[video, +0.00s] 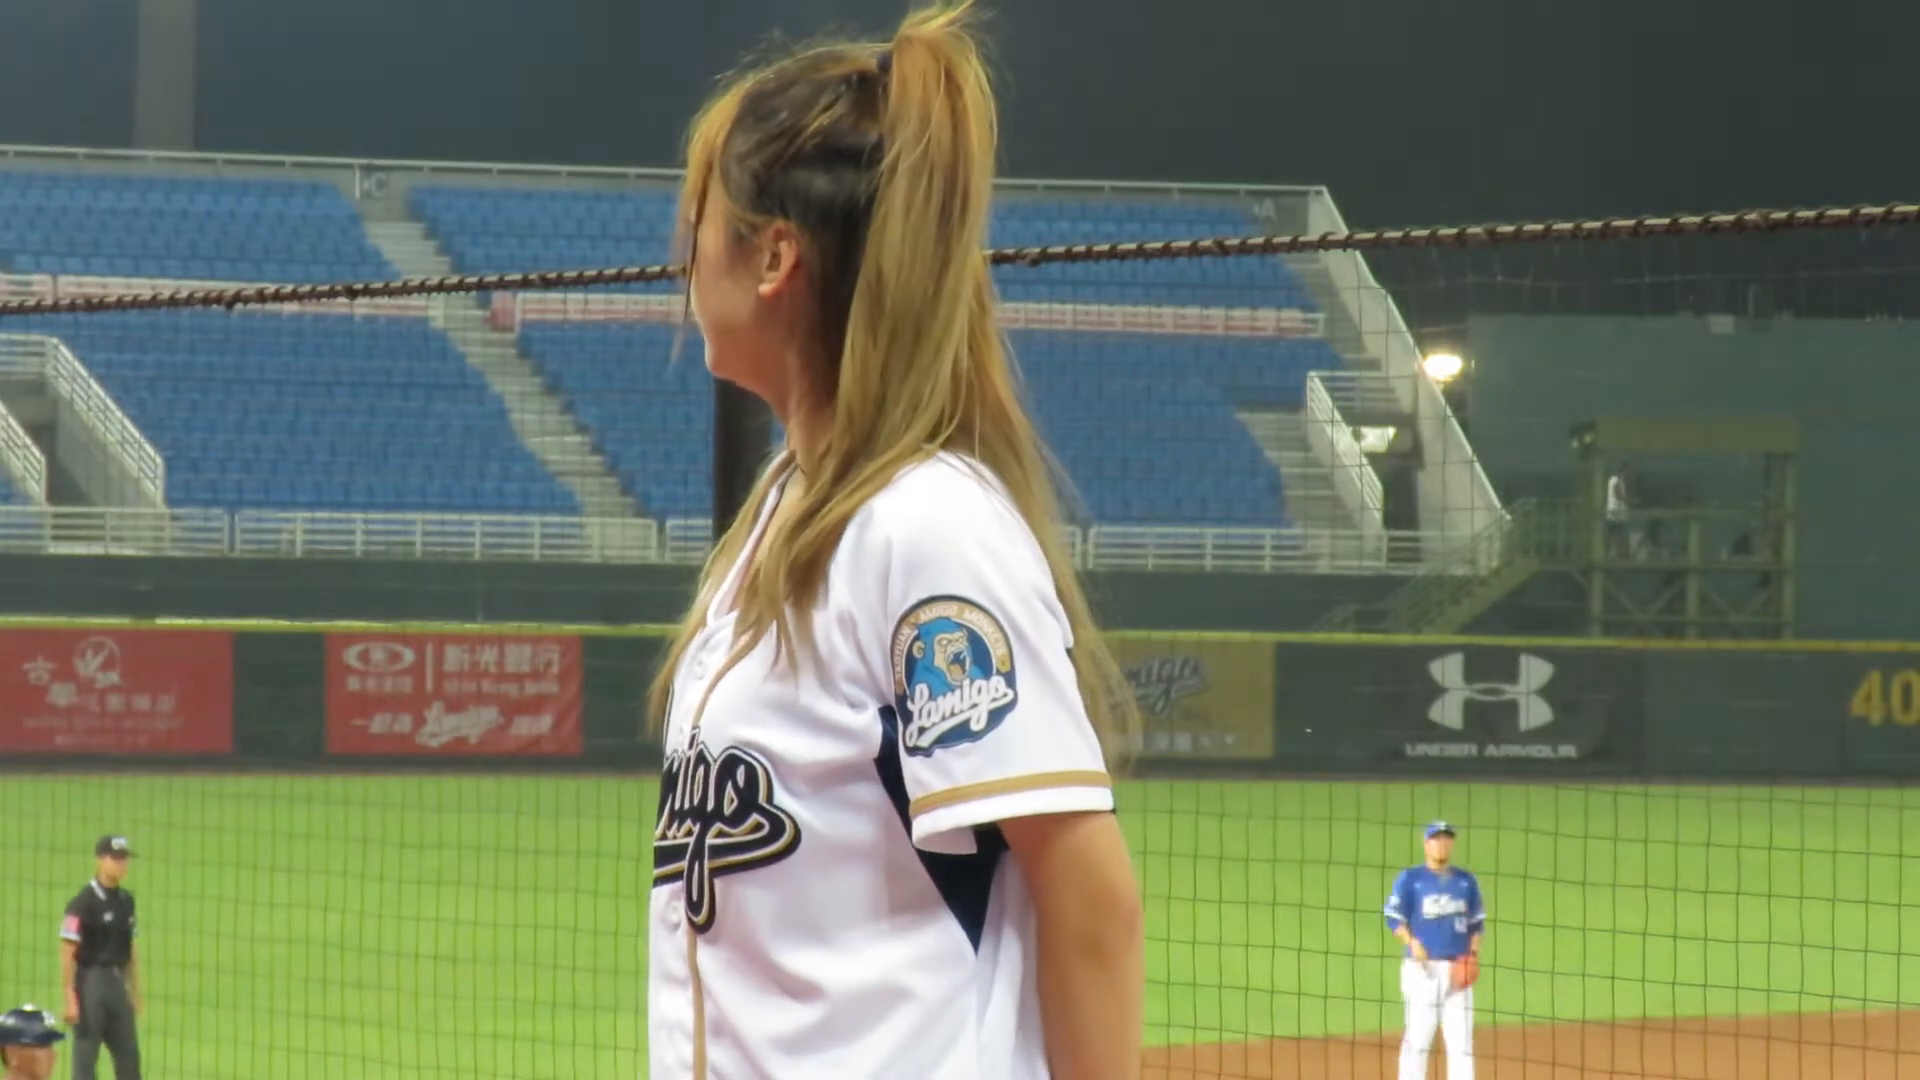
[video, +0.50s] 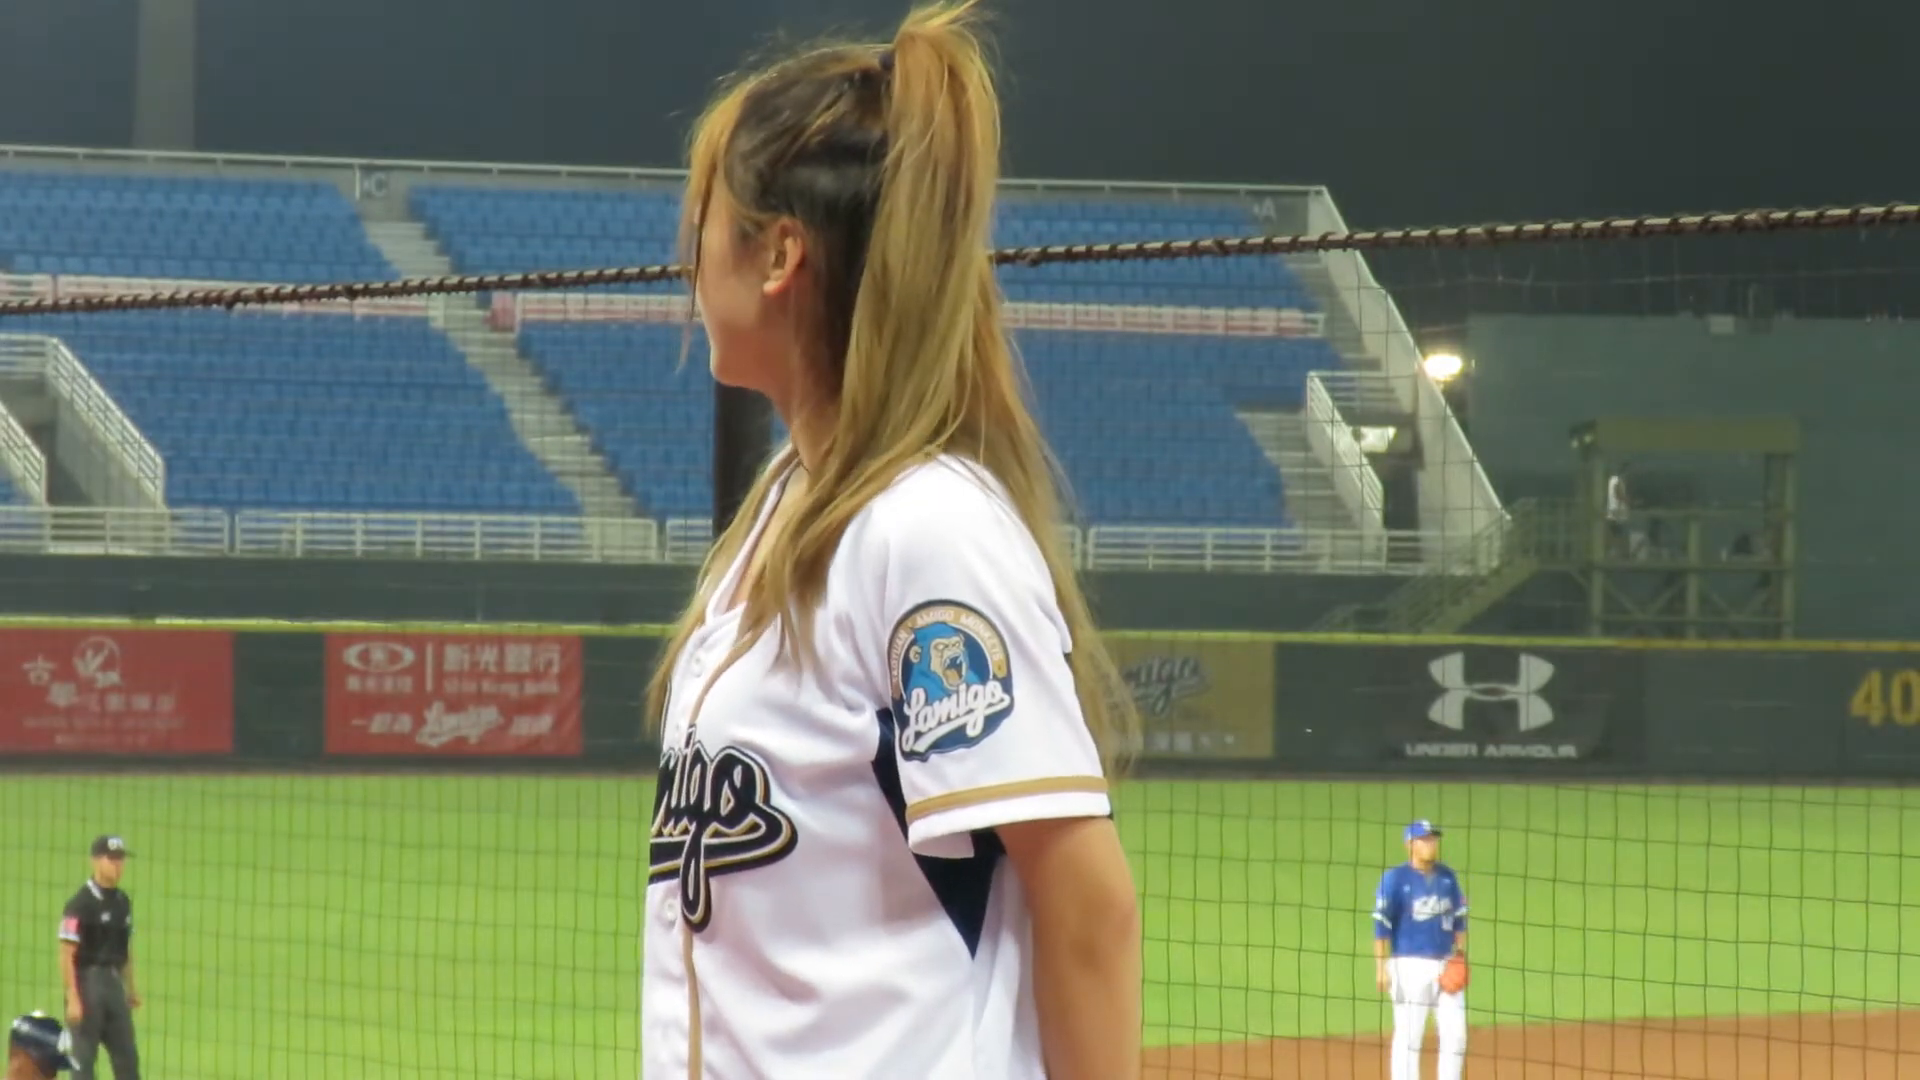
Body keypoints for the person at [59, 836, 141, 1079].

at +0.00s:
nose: (120, 865)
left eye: (123, 859)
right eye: (114, 859)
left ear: (127, 862)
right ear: (100, 860)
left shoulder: (126, 900)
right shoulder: (82, 903)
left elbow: (128, 949)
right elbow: (68, 952)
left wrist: (133, 991)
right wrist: (69, 996)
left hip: (117, 972)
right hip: (90, 973)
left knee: (128, 1053)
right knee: (86, 1053)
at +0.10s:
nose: (119, 865)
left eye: (122, 859)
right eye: (113, 859)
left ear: (126, 862)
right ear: (99, 860)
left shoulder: (124, 901)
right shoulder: (81, 903)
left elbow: (127, 951)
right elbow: (67, 952)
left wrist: (132, 991)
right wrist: (73, 997)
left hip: (117, 972)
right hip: (89, 972)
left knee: (127, 1054)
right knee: (85, 1056)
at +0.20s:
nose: (118, 865)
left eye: (121, 859)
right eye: (112, 859)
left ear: (125, 862)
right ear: (98, 860)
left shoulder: (123, 900)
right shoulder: (81, 903)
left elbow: (126, 950)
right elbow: (67, 952)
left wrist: (131, 990)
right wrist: (75, 998)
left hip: (115, 972)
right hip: (88, 972)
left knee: (126, 1053)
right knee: (85, 1055)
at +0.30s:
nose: (118, 865)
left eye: (121, 859)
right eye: (112, 859)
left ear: (124, 862)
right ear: (97, 860)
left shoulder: (123, 900)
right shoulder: (81, 903)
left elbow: (125, 949)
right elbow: (67, 952)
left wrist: (130, 988)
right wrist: (75, 997)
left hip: (115, 972)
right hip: (88, 972)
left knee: (126, 1053)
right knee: (85, 1055)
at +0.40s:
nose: (117, 866)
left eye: (120, 860)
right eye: (111, 859)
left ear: (124, 862)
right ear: (96, 860)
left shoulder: (122, 901)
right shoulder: (80, 903)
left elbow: (123, 950)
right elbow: (67, 953)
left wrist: (129, 988)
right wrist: (75, 997)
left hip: (114, 972)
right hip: (87, 972)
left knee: (126, 1054)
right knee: (84, 1056)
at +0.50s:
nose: (117, 865)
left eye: (120, 860)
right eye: (111, 859)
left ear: (123, 862)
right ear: (96, 860)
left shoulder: (122, 901)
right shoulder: (80, 903)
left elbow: (123, 949)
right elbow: (67, 954)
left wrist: (129, 988)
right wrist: (73, 998)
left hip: (114, 973)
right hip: (87, 973)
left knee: (126, 1054)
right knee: (83, 1055)